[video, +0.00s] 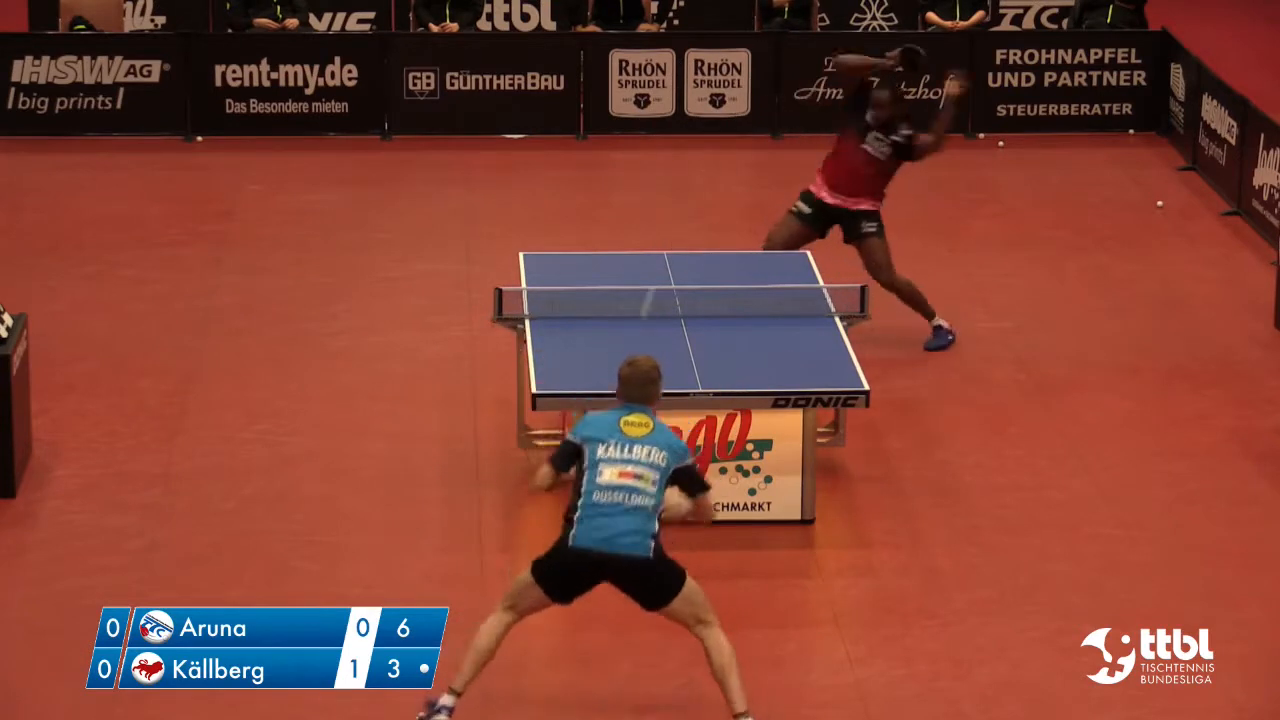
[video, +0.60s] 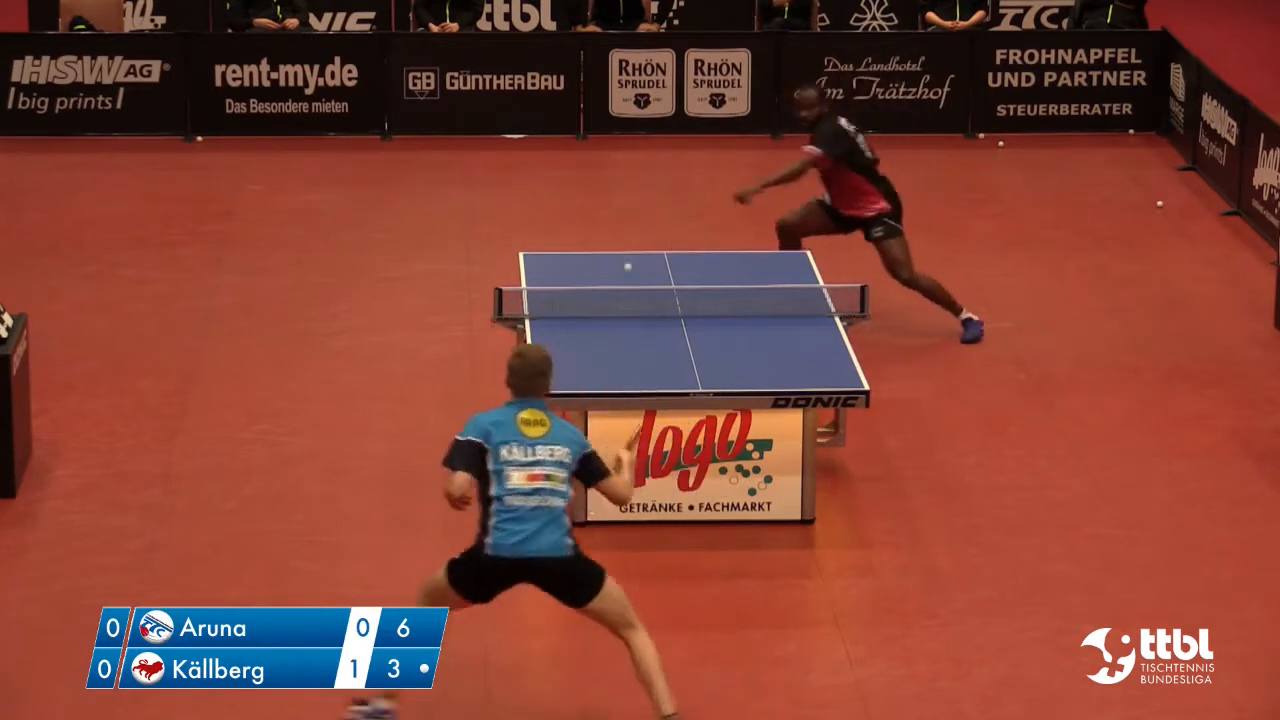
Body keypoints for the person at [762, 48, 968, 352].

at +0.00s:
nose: (875, 112)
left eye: (882, 106)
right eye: (872, 105)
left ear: (897, 107)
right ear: (867, 100)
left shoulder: (903, 139)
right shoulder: (856, 110)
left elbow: (933, 141)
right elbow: (840, 63)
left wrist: (949, 101)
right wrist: (884, 63)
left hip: (861, 211)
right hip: (820, 197)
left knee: (885, 276)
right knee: (773, 247)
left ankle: (937, 324)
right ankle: (773, 318)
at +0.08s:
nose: (888, 112)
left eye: (895, 106)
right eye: (884, 105)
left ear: (909, 105)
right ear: (878, 100)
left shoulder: (917, 142)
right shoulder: (863, 109)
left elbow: (967, 161)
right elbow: (838, 68)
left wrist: (986, 128)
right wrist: (883, 62)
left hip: (871, 211)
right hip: (829, 201)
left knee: (891, 273)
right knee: (787, 258)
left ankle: (939, 326)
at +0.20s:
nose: (888, 98)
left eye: (894, 93)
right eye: (884, 92)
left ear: (907, 93)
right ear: (877, 90)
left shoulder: (917, 131)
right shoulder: (860, 106)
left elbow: (938, 178)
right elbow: (816, 98)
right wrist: (845, 71)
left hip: (888, 206)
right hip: (844, 200)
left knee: (907, 267)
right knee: (799, 257)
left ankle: (942, 325)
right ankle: (788, 324)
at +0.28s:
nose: (873, 86)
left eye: (880, 80)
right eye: (869, 79)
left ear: (894, 82)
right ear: (863, 80)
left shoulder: (907, 116)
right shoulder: (852, 103)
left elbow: (921, 164)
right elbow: (814, 133)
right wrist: (817, 102)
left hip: (889, 197)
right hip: (847, 193)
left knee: (912, 258)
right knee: (796, 247)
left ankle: (943, 323)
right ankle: (786, 319)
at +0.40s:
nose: (849, 89)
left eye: (855, 83)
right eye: (844, 84)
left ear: (870, 84)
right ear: (840, 87)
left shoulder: (886, 115)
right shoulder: (838, 114)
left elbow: (888, 163)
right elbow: (831, 156)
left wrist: (850, 195)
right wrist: (808, 162)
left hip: (889, 195)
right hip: (849, 194)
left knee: (908, 260)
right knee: (796, 243)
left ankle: (953, 313)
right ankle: (789, 312)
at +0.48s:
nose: (832, 102)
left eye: (838, 96)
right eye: (828, 96)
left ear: (852, 95)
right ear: (823, 96)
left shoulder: (866, 120)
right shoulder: (832, 121)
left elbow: (853, 167)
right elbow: (838, 166)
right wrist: (802, 195)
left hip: (889, 208)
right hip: (851, 204)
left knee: (909, 275)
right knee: (796, 240)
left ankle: (964, 317)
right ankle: (788, 313)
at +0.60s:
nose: (802, 113)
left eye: (808, 106)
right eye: (799, 108)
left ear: (823, 104)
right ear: (798, 109)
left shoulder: (830, 130)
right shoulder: (826, 125)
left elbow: (800, 170)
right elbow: (866, 155)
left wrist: (756, 189)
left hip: (876, 210)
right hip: (842, 207)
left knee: (904, 274)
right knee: (787, 227)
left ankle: (966, 318)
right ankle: (791, 299)